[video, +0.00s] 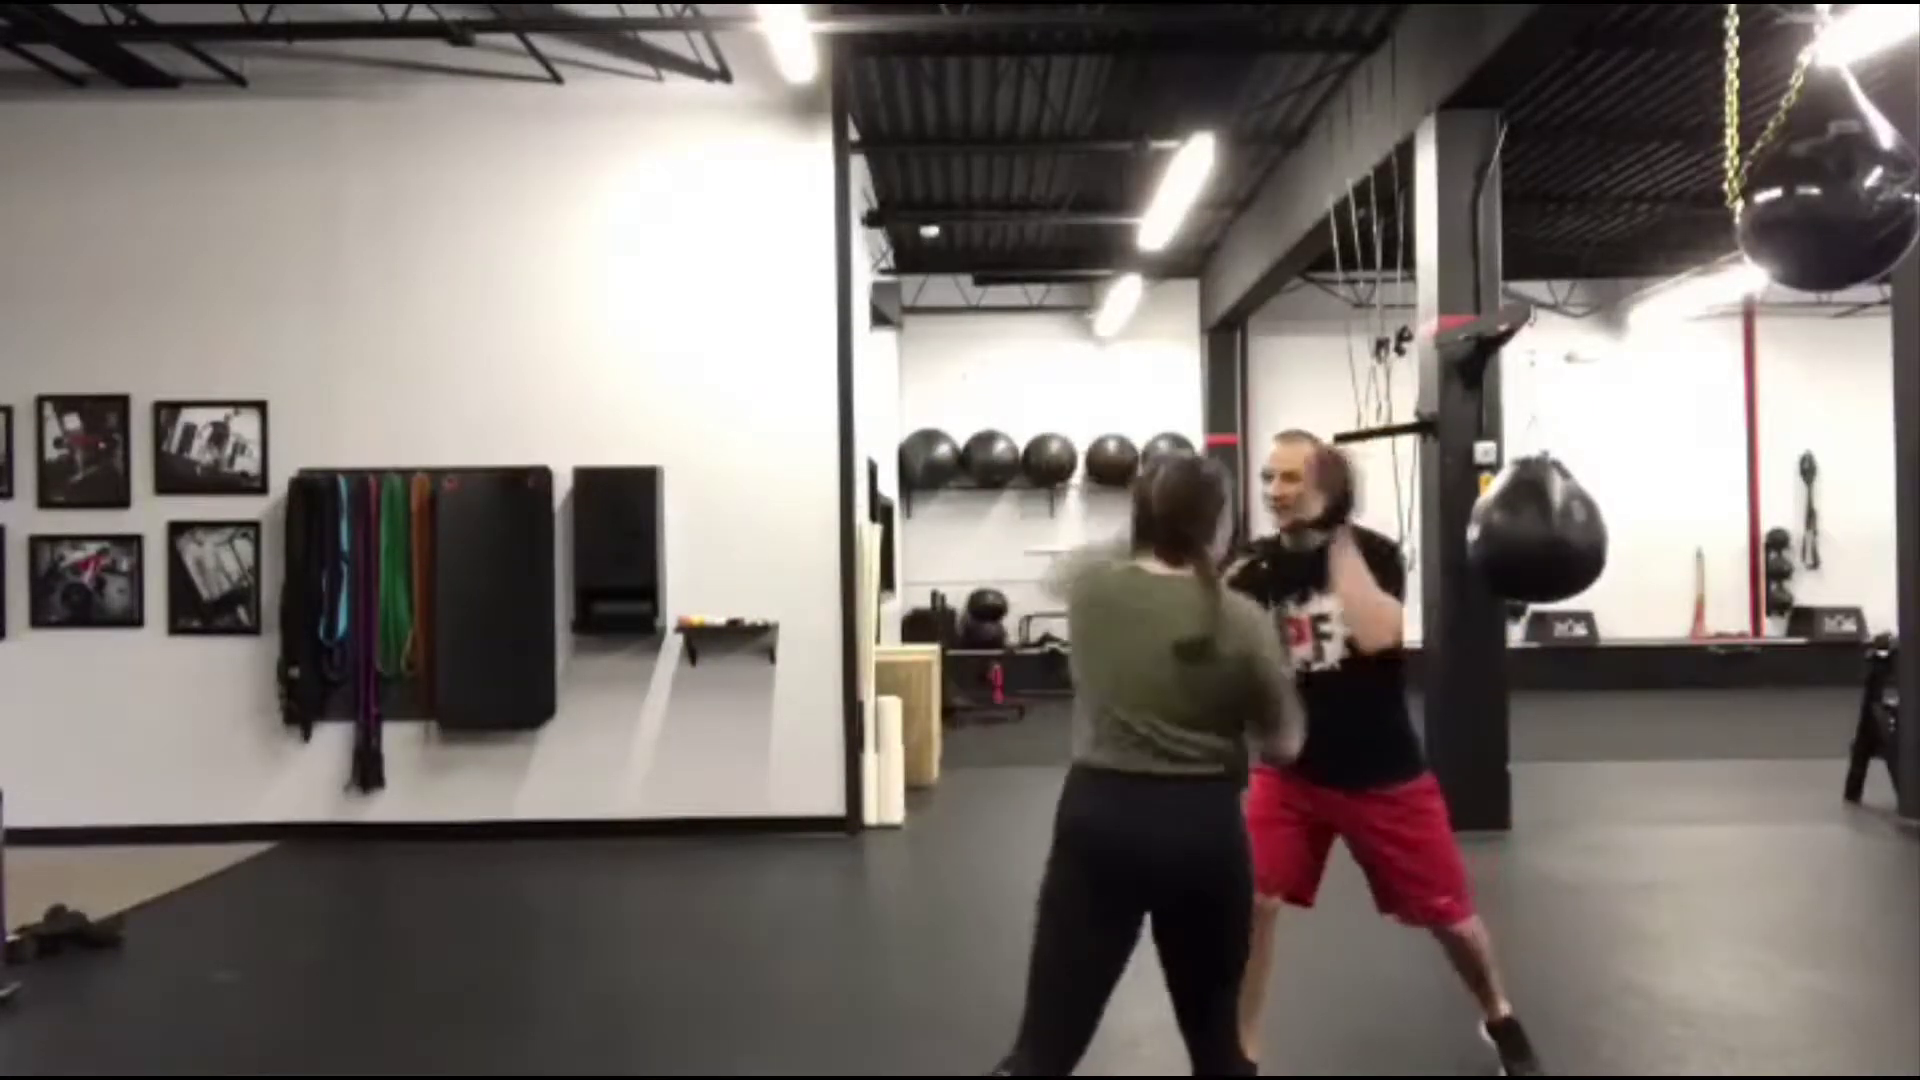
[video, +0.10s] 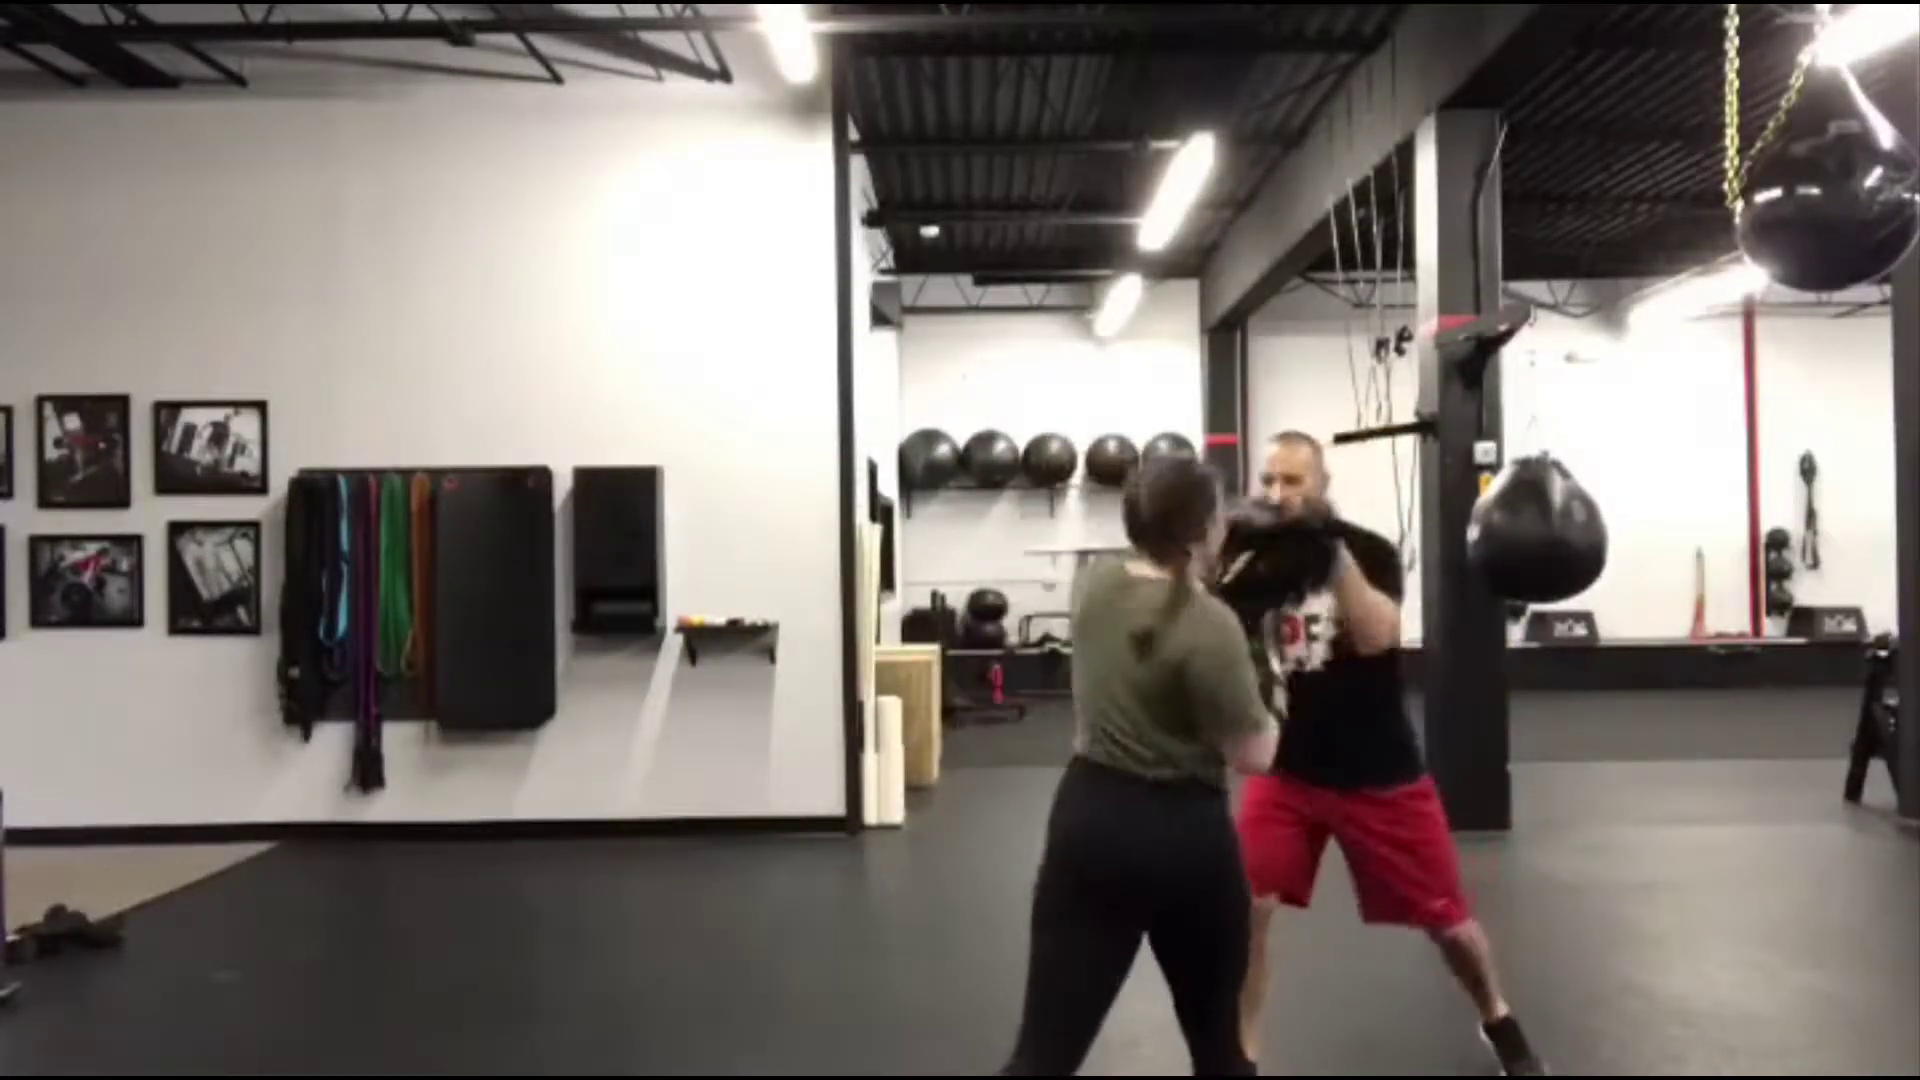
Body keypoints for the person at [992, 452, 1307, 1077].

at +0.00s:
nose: (1233, 522)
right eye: (1227, 512)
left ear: (1138, 517)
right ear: (1217, 526)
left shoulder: (1092, 587)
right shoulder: (1244, 621)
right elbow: (1283, 740)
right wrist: (1222, 702)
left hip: (1100, 815)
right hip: (1203, 825)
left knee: (1046, 1043)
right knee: (1216, 1038)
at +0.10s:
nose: (1223, 526)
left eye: (1221, 514)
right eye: (1219, 515)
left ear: (1133, 522)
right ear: (1202, 531)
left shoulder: (1094, 585)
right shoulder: (1210, 627)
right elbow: (1254, 751)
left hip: (1091, 811)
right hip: (1187, 830)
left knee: (1045, 1048)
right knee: (1218, 1044)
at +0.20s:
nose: (1198, 523)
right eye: (1194, 514)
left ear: (1110, 522)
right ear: (1188, 530)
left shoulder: (1066, 606)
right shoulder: (1212, 625)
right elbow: (1269, 747)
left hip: (1081, 834)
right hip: (1184, 844)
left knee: (1039, 1047)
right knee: (1214, 1042)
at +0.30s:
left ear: (1078, 537)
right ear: (1159, 535)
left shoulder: (1038, 639)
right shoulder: (1208, 632)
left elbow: (1015, 735)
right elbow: (1265, 742)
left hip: (1073, 862)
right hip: (1182, 859)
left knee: (1028, 1055)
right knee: (1200, 1032)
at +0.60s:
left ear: (1076, 559)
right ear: (1153, 555)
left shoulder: (1043, 657)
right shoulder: (1204, 657)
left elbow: (983, 759)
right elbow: (1234, 771)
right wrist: (1167, 722)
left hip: (1064, 891)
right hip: (1171, 893)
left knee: (1003, 1060)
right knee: (1169, 1033)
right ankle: (1204, 1073)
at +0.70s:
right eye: (1198, 528)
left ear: (1119, 532)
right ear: (1197, 538)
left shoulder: (1067, 613)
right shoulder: (1236, 642)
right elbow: (1276, 767)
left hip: (1078, 852)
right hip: (1187, 859)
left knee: (1035, 1050)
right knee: (1199, 1033)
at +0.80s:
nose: (1237, 537)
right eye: (1235, 525)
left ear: (1149, 522)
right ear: (1227, 536)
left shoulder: (1094, 601)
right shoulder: (1240, 636)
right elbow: (1294, 761)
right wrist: (1302, 692)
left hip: (1101, 826)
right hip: (1202, 838)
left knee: (1055, 1045)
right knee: (1226, 1038)